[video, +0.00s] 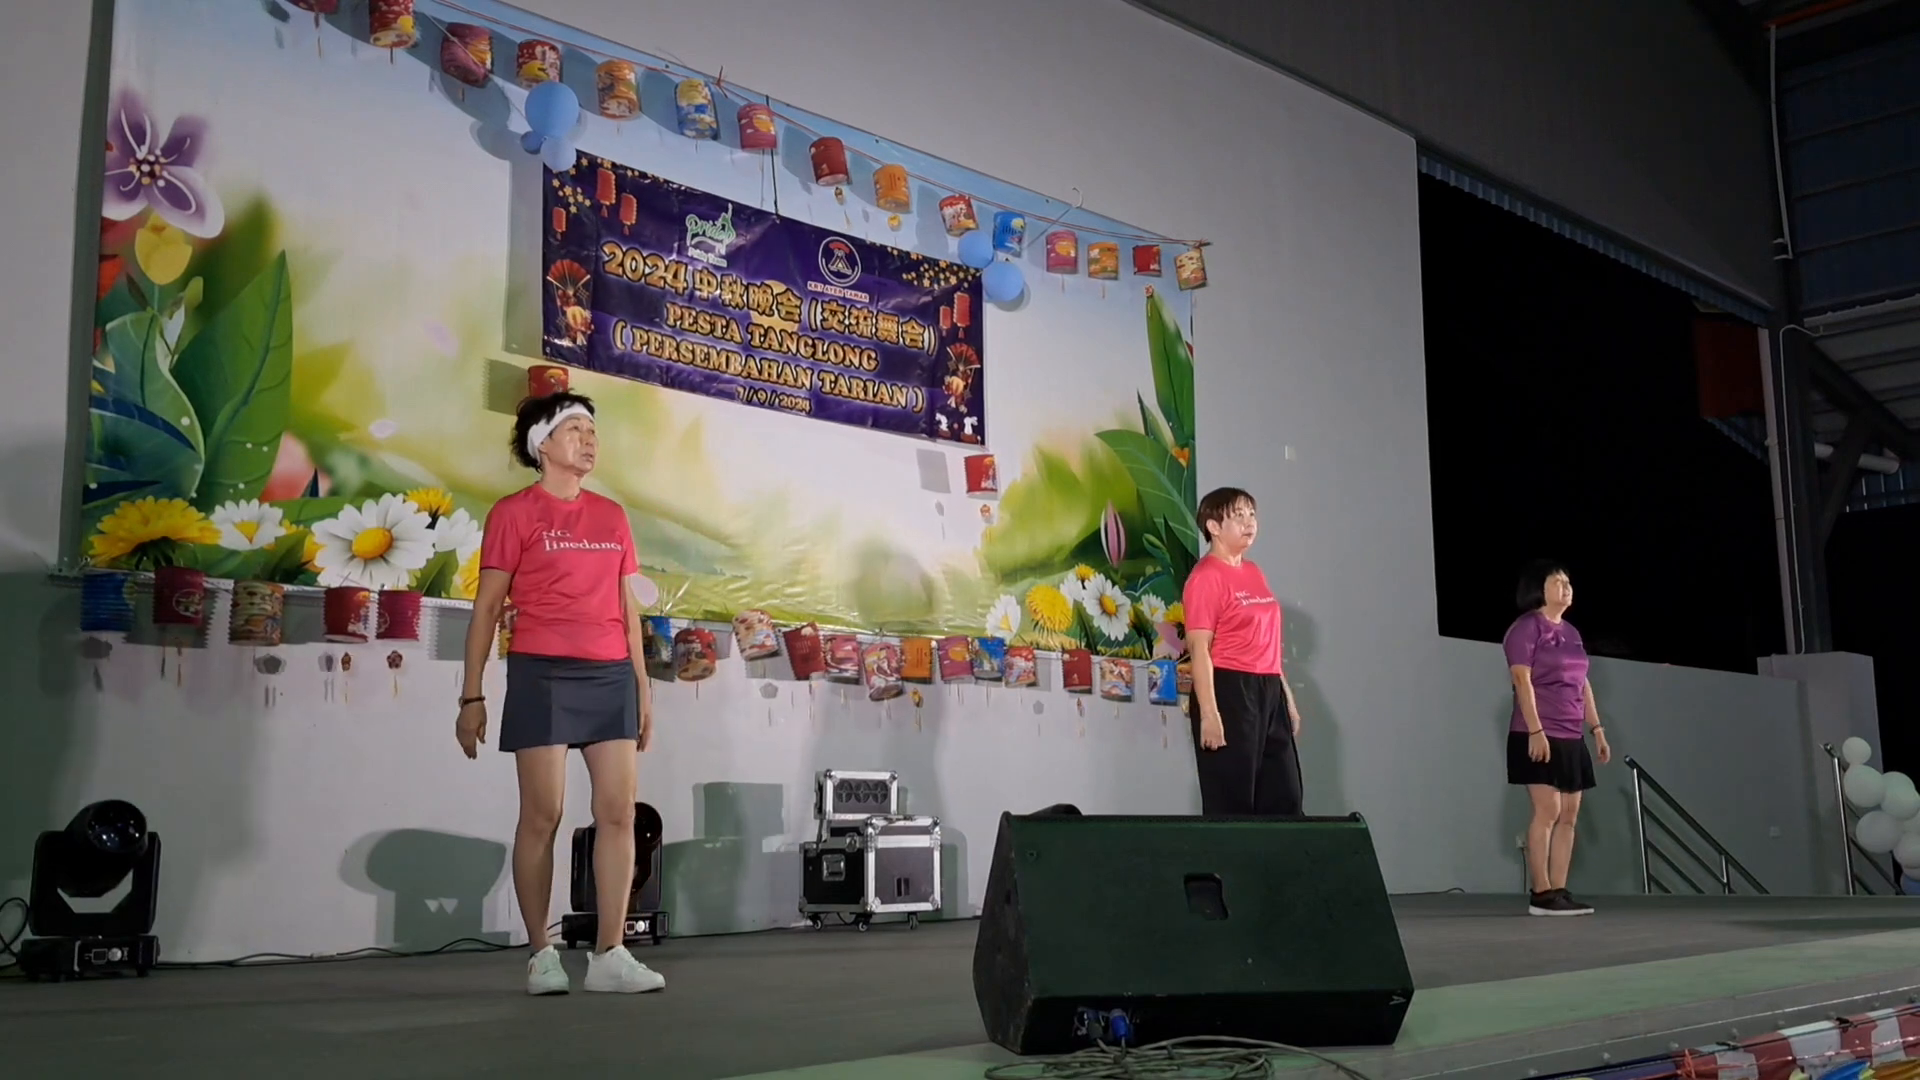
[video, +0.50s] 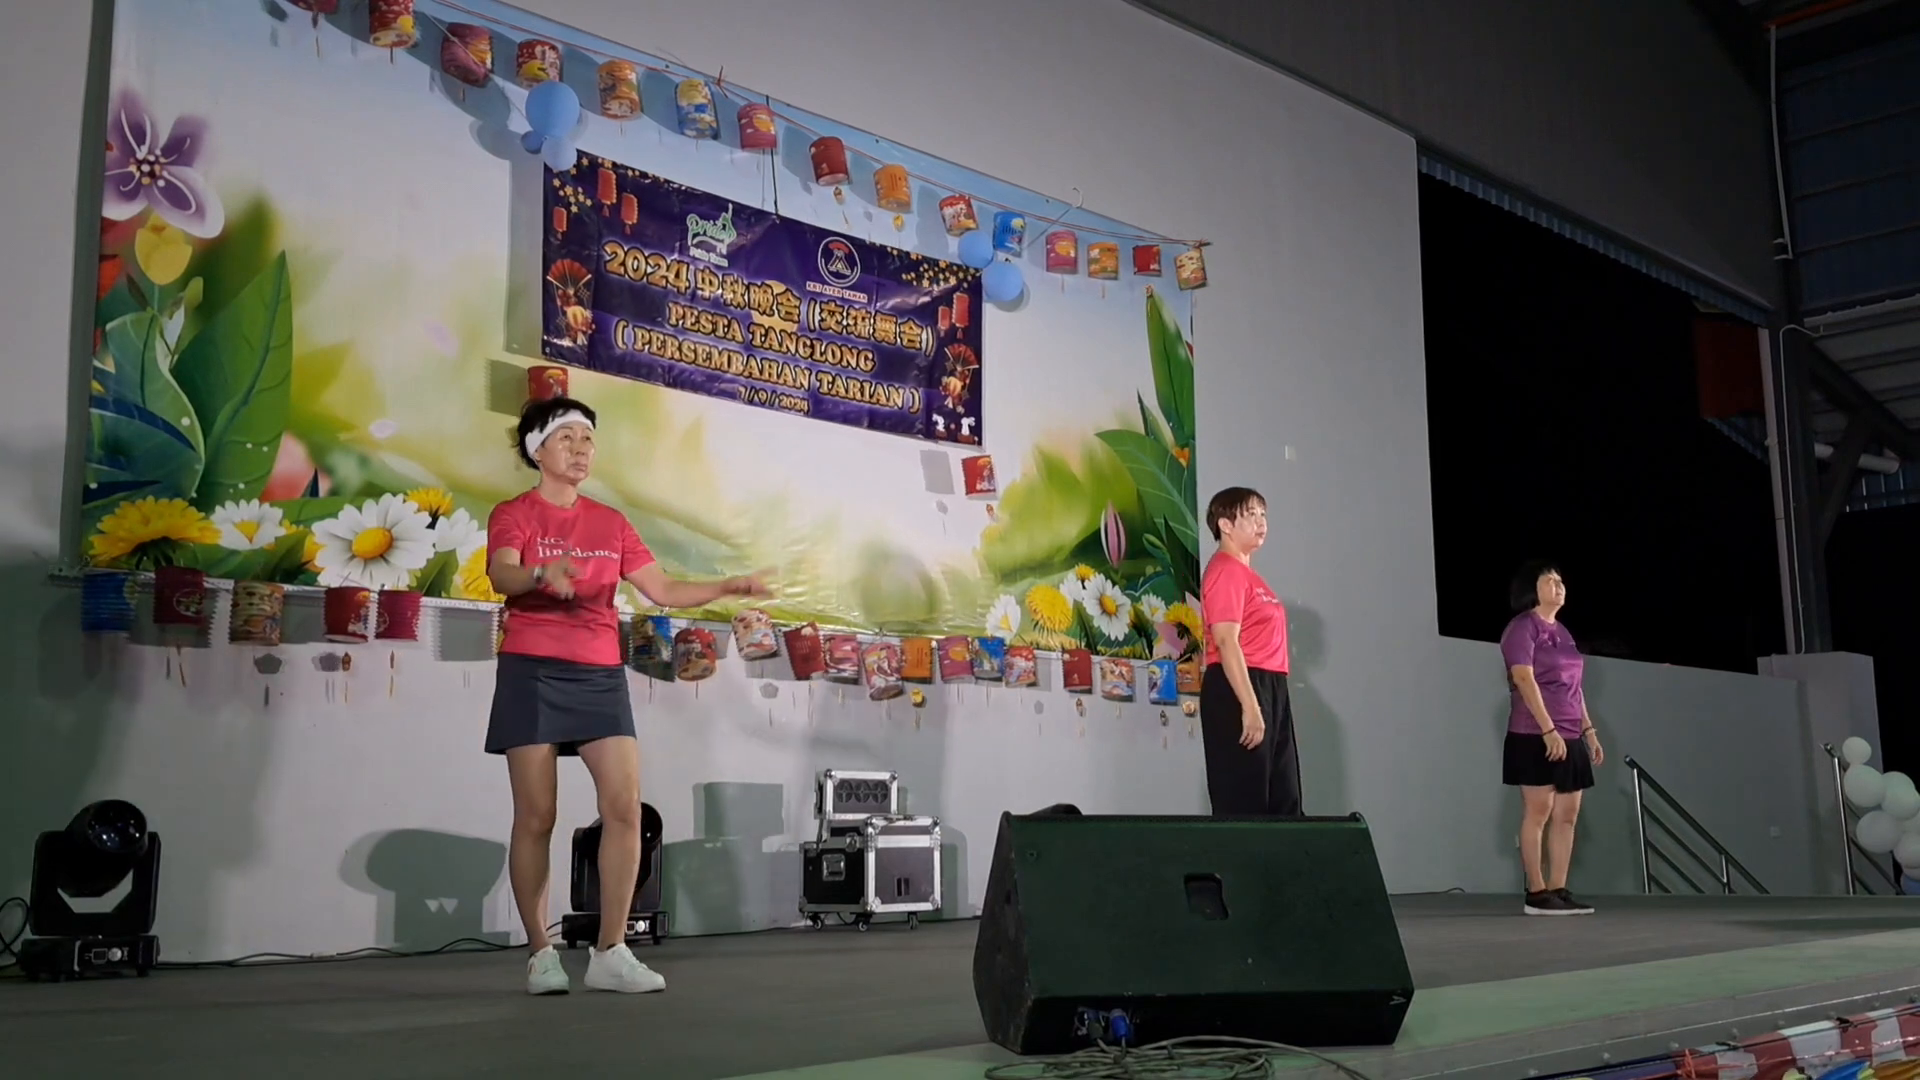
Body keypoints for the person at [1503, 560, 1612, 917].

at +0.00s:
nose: (1566, 588)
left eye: (1568, 583)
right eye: (1557, 582)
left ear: (1570, 592)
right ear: (1539, 589)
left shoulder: (1572, 634)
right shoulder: (1525, 629)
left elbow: (1582, 685)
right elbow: (1522, 683)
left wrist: (1597, 730)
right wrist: (1536, 731)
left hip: (1572, 737)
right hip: (1537, 735)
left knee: (1568, 814)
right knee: (1547, 810)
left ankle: (1558, 890)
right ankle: (1541, 892)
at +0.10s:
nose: (1568, 588)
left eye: (1570, 584)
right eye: (1560, 583)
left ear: (1573, 593)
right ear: (1542, 589)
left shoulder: (1573, 634)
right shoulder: (1527, 628)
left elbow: (1581, 687)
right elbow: (1523, 682)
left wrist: (1592, 733)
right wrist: (1544, 732)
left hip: (1571, 736)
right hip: (1537, 735)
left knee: (1569, 813)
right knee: (1553, 809)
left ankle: (1558, 890)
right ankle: (1540, 891)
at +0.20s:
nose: (1567, 588)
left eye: (1569, 584)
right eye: (1559, 583)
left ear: (1572, 593)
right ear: (1542, 589)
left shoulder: (1572, 635)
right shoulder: (1527, 627)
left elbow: (1579, 687)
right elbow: (1522, 680)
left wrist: (1589, 733)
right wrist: (1550, 729)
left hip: (1570, 735)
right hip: (1537, 734)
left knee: (1569, 813)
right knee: (1553, 810)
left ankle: (1557, 890)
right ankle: (1537, 891)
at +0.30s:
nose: (1564, 588)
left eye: (1566, 583)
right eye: (1556, 583)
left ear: (1569, 593)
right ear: (1538, 589)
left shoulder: (1569, 635)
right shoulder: (1526, 627)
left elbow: (1577, 687)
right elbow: (1524, 681)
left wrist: (1588, 732)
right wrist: (1553, 729)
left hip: (1571, 736)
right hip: (1537, 735)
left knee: (1568, 814)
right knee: (1547, 810)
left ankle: (1558, 890)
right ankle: (1537, 892)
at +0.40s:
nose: (1561, 587)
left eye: (1563, 582)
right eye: (1552, 581)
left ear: (1566, 592)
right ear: (1535, 589)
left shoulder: (1566, 634)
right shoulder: (1524, 627)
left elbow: (1574, 687)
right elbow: (1526, 681)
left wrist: (1588, 731)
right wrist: (1552, 729)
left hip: (1571, 736)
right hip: (1535, 734)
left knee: (1567, 814)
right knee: (1542, 810)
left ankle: (1558, 890)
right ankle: (1537, 892)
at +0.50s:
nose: (1558, 586)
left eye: (1560, 581)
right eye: (1549, 581)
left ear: (1563, 592)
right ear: (1532, 589)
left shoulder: (1564, 634)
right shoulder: (1522, 628)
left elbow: (1573, 687)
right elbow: (1524, 681)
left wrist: (1588, 731)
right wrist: (1549, 730)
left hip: (1570, 737)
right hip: (1534, 735)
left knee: (1567, 815)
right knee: (1537, 811)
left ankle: (1558, 890)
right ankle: (1537, 892)